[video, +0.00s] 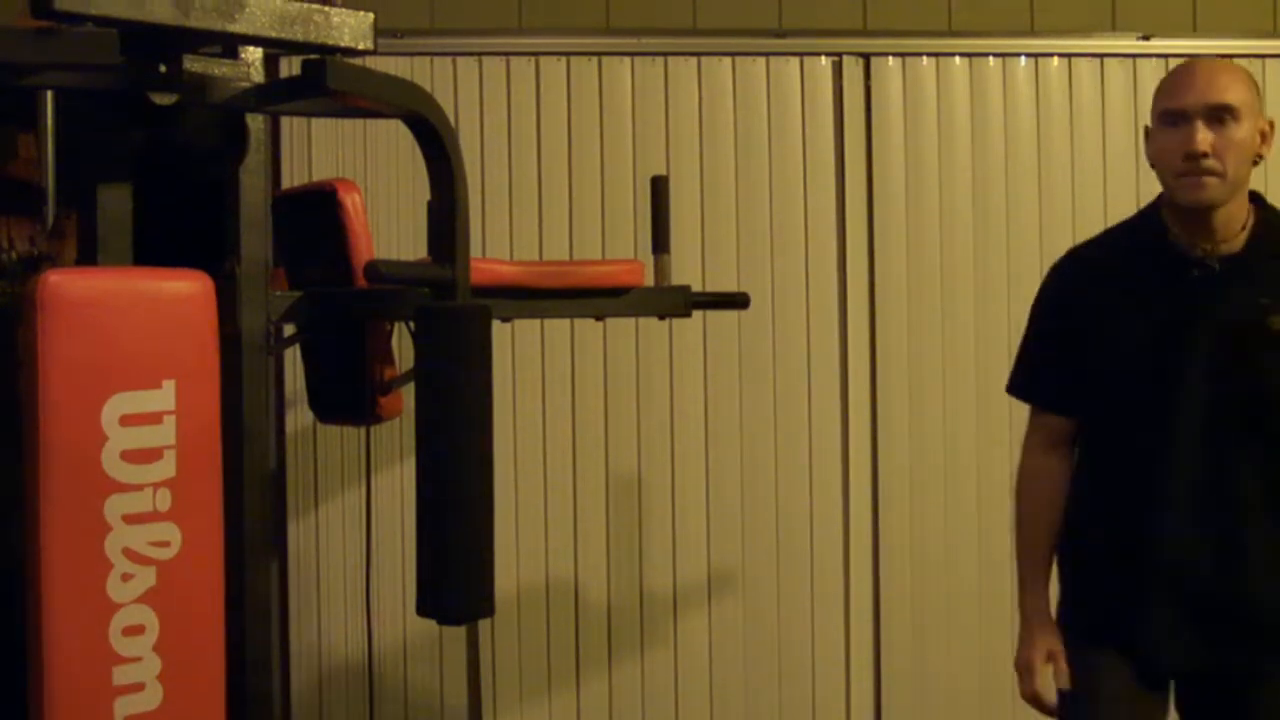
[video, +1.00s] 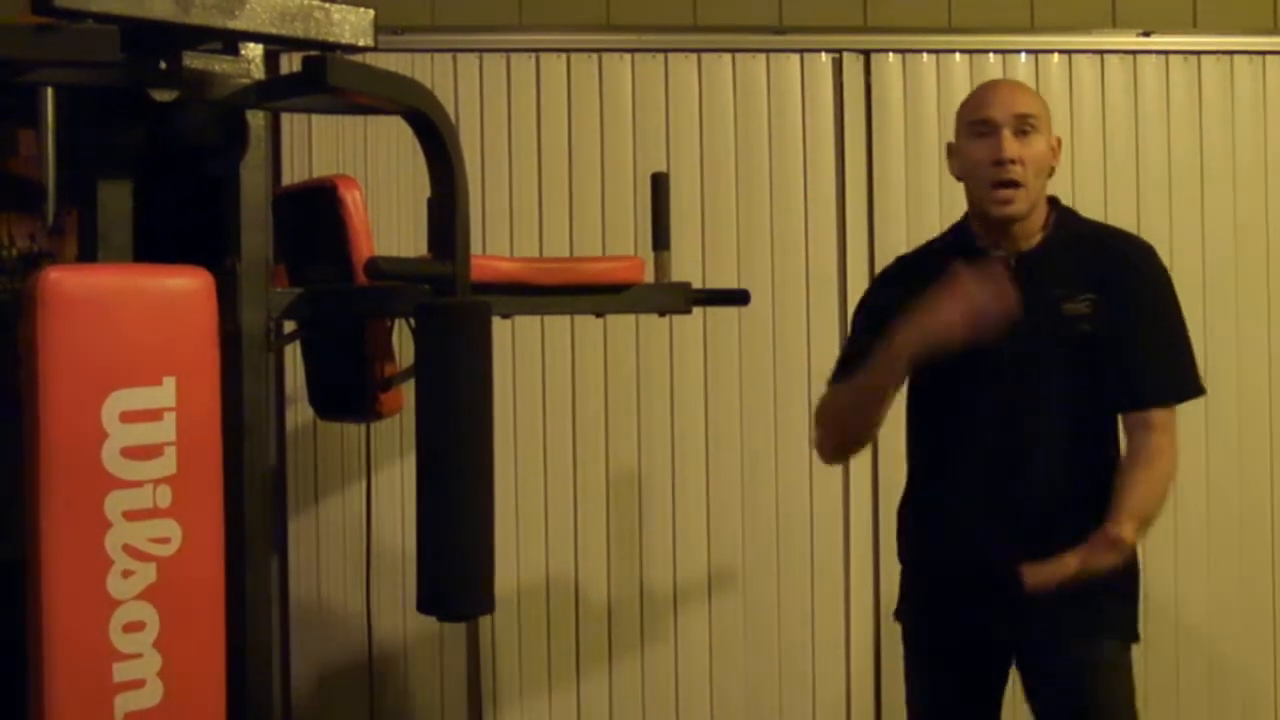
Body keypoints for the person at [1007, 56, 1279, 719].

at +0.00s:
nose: (1197, 140)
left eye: (1221, 118)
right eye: (1174, 121)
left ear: (1262, 139)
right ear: (1150, 142)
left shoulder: (1279, 265)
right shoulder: (1087, 277)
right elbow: (1050, 447)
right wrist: (1035, 614)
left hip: (1258, 613)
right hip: (1117, 612)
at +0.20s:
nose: (1185, 139)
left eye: (1208, 120)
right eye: (1163, 119)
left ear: (1244, 141)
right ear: (1136, 138)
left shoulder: (1274, 266)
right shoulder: (1066, 271)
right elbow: (1028, 440)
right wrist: (1013, 605)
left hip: (1242, 603)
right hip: (1095, 601)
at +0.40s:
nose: (1138, 141)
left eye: (1160, 121)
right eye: (1117, 122)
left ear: (1196, 141)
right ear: (1091, 143)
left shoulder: (1248, 271)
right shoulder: (1025, 271)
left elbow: (1272, 441)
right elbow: (989, 434)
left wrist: (1279, 601)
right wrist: (980, 598)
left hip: (1196, 590)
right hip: (1056, 589)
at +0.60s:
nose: (1084, 144)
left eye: (1106, 125)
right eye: (1063, 127)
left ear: (1139, 146)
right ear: (1038, 149)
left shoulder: (1192, 272)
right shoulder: (978, 275)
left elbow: (1223, 446)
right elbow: (937, 432)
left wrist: (1194, 614)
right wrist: (935, 591)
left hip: (1138, 588)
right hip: (1006, 588)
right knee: (983, 716)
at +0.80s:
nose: (1036, 159)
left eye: (1056, 141)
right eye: (1014, 143)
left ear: (1088, 164)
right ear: (988, 169)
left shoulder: (1147, 283)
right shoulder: (941, 288)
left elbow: (1171, 451)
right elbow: (845, 437)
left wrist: (1163, 608)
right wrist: (912, 563)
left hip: (1091, 591)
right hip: (957, 594)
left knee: (1122, 711)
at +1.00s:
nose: (1005, 148)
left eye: (1024, 130)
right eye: (983, 132)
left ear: (1052, 154)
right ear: (954, 160)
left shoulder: (1120, 267)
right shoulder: (908, 282)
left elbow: (1152, 434)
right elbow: (832, 442)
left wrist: (1116, 535)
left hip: (1077, 580)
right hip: (948, 584)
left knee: (1097, 714)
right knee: (946, 715)